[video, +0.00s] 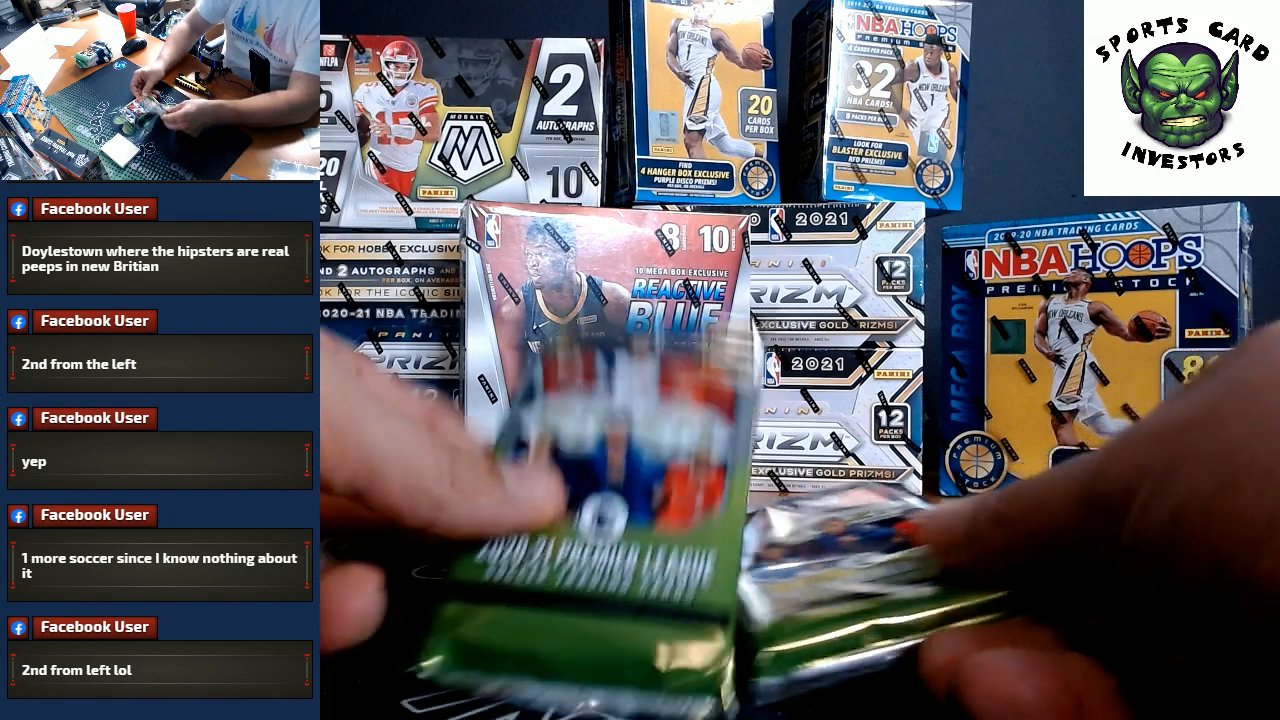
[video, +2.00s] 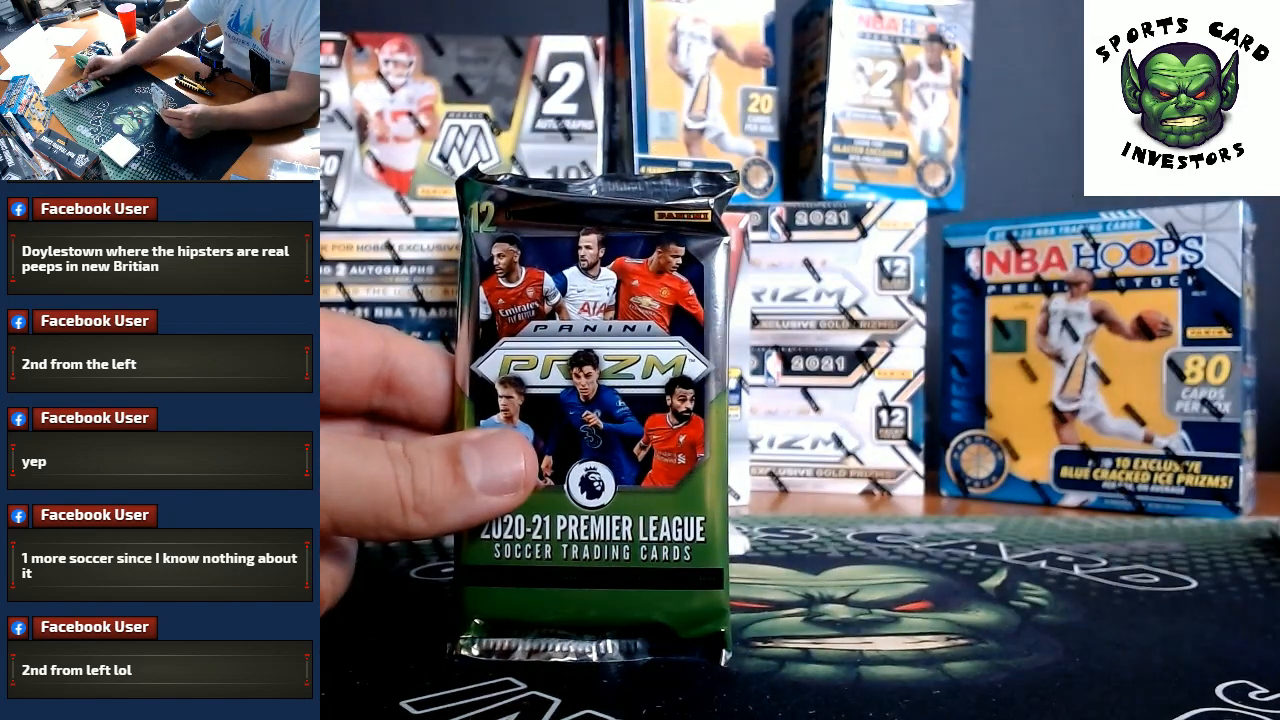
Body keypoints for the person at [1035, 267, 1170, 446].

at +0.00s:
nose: (1068, 273)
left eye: (1074, 271)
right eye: (1069, 271)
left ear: (1086, 281)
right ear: (1067, 279)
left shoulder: (1095, 308)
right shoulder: (1049, 304)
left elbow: (1126, 333)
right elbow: (1038, 335)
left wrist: (1157, 330)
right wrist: (1046, 351)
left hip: (1079, 364)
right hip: (1063, 367)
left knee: (1060, 422)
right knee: (1102, 425)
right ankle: (1148, 434)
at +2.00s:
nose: (1072, 288)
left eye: (1077, 284)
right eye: (1071, 283)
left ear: (1087, 286)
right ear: (1067, 284)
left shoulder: (1095, 308)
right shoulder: (1053, 304)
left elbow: (1125, 331)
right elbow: (1039, 335)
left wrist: (1155, 330)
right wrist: (1047, 350)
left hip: (1081, 365)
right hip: (1063, 366)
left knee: (1062, 417)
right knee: (1103, 424)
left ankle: (1077, 473)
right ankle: (1165, 442)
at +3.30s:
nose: (1072, 287)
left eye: (1077, 284)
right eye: (1071, 283)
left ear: (1087, 285)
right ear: (1067, 283)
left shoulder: (1095, 308)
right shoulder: (1053, 304)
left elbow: (1126, 331)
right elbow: (1039, 335)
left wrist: (1156, 329)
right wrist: (1047, 350)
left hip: (1081, 365)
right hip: (1064, 367)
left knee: (1062, 418)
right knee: (1103, 424)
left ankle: (1077, 473)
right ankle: (1165, 442)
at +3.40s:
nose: (1072, 287)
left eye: (1077, 284)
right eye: (1071, 283)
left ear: (1087, 286)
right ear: (1067, 283)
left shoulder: (1095, 308)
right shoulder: (1053, 304)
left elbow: (1126, 331)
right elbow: (1039, 335)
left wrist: (1156, 329)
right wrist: (1047, 350)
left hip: (1081, 365)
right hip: (1064, 367)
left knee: (1062, 418)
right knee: (1103, 424)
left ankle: (1077, 473)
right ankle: (1165, 442)